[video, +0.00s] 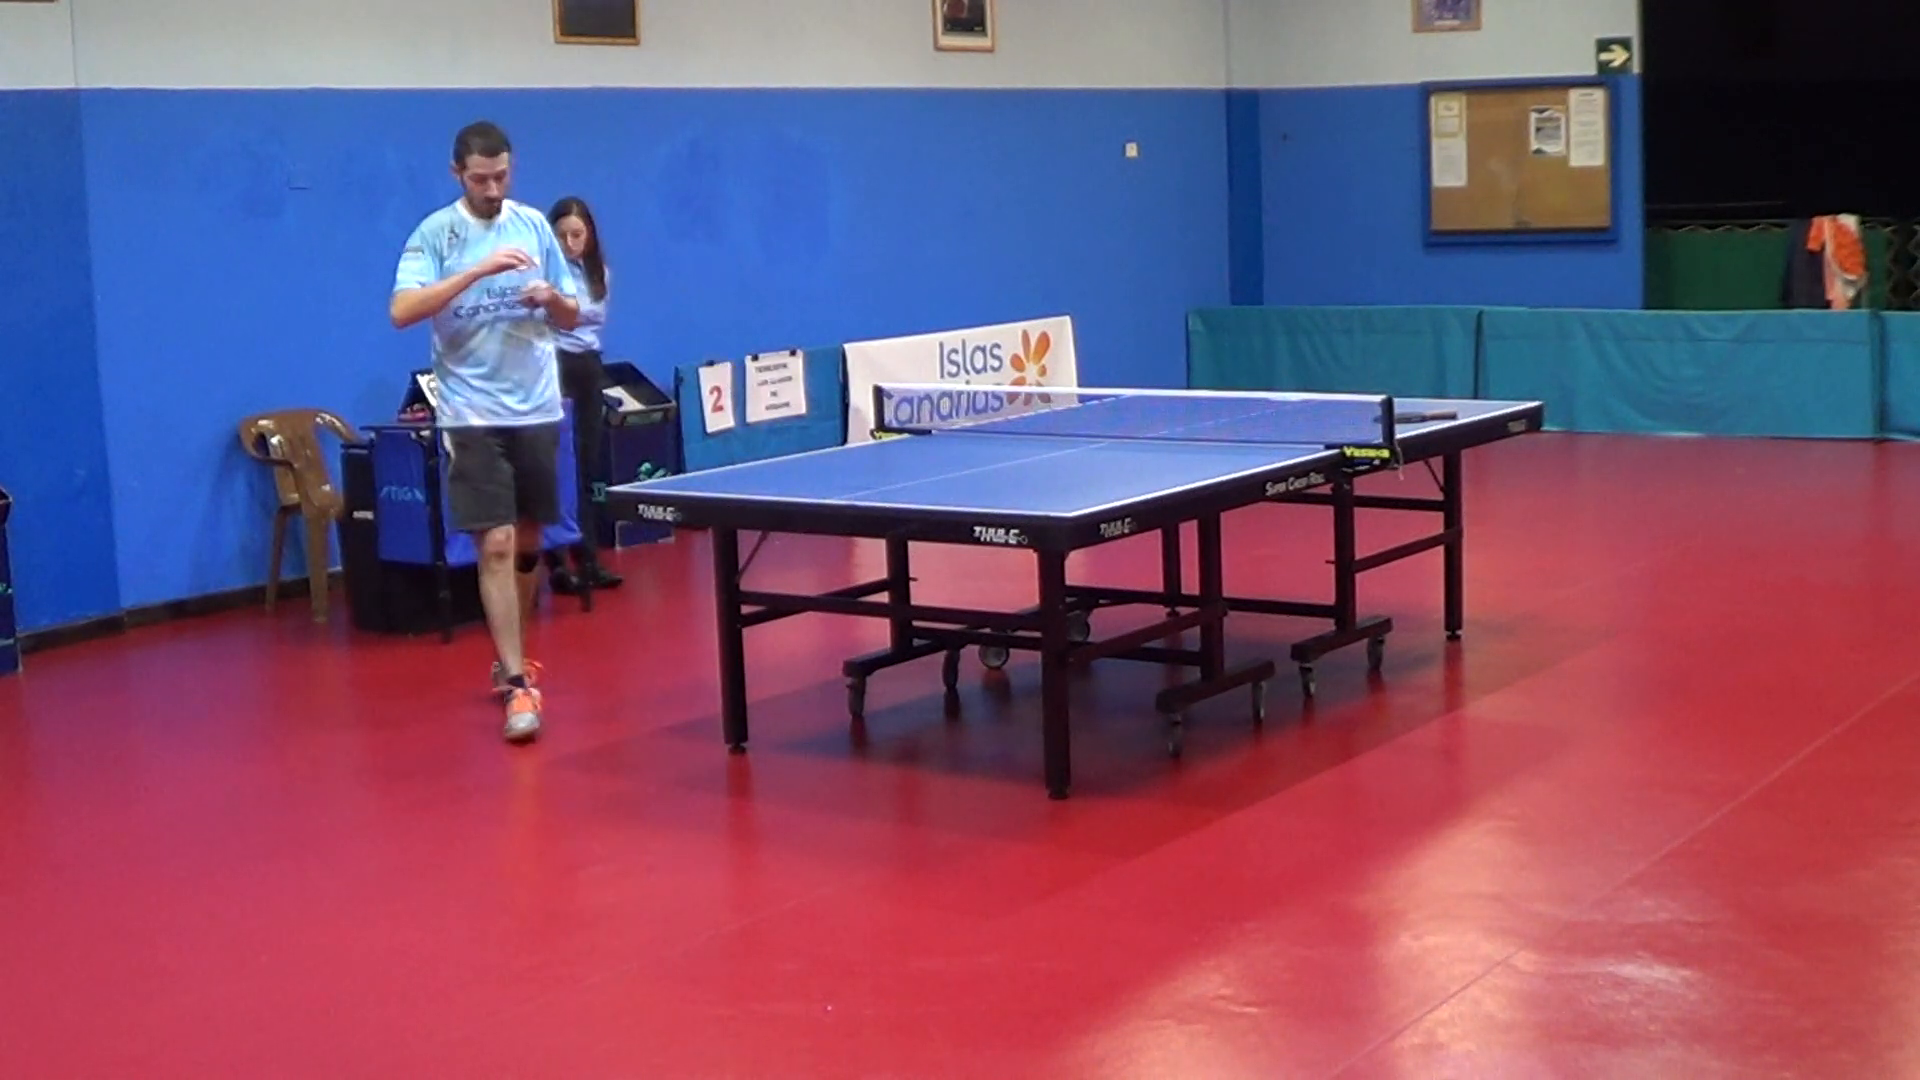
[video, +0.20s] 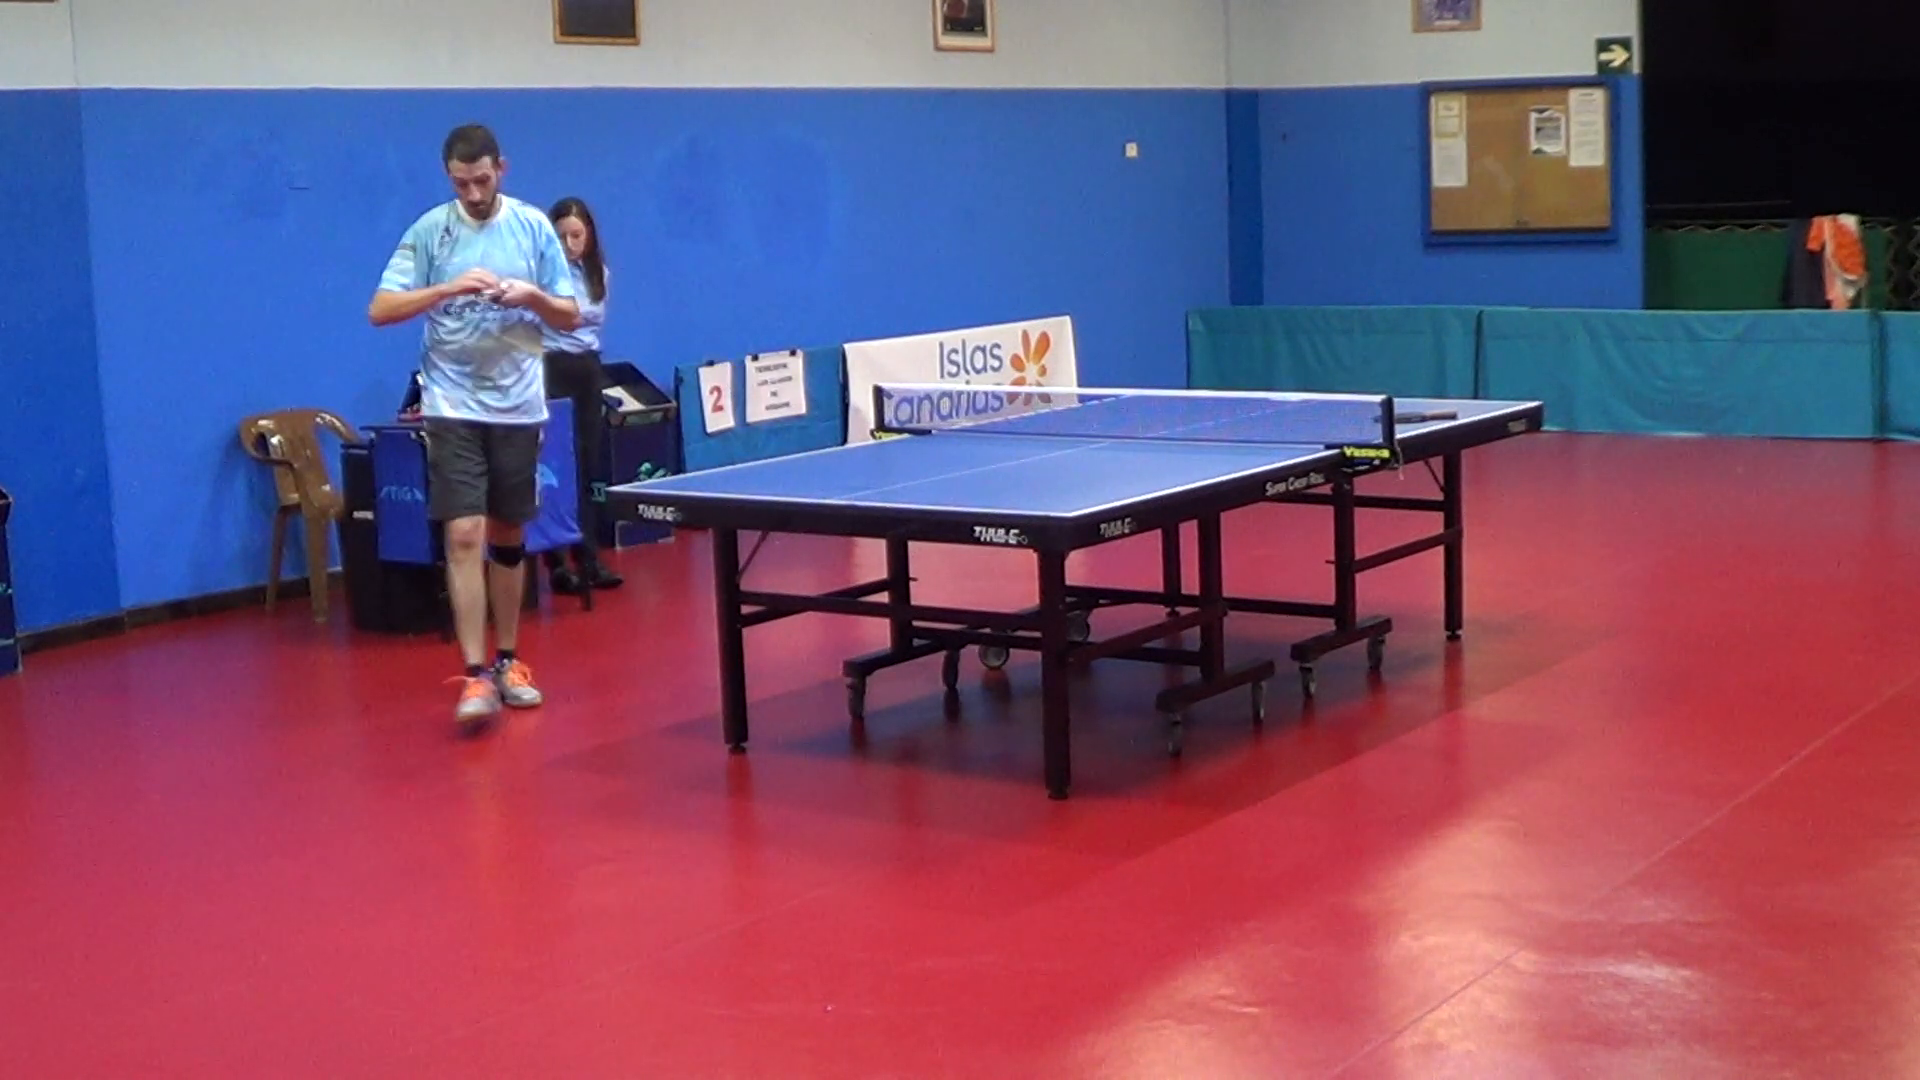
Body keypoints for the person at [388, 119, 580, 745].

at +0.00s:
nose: (492, 188)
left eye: (500, 177)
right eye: (482, 179)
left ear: (510, 169)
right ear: (459, 173)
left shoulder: (534, 225)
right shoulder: (434, 232)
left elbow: (571, 317)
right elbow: (402, 310)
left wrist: (551, 298)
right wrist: (475, 272)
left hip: (537, 407)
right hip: (472, 410)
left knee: (528, 546)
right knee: (497, 543)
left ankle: (514, 661)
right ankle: (517, 684)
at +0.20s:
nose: (472, 192)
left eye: (479, 180)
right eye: (461, 182)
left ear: (499, 168)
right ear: (448, 175)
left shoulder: (534, 226)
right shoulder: (429, 230)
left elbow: (572, 316)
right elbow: (381, 308)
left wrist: (530, 294)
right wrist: (451, 288)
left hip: (518, 404)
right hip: (451, 404)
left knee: (508, 539)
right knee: (463, 535)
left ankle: (508, 663)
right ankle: (476, 677)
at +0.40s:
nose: (447, 195)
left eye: (453, 183)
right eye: (436, 186)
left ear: (476, 169)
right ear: (426, 180)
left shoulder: (520, 224)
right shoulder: (412, 230)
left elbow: (558, 311)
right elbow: (347, 299)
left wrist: (505, 294)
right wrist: (394, 286)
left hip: (501, 407)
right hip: (431, 408)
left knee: (501, 535)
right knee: (419, 533)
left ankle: (507, 664)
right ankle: (412, 673)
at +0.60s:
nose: (398, 196)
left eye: (404, 182)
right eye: (389, 187)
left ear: (432, 168)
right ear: (384, 187)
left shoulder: (488, 223)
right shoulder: (389, 236)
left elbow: (531, 306)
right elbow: (335, 308)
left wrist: (458, 295)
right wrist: (341, 280)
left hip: (476, 407)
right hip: (407, 408)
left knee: (490, 530)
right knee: (386, 524)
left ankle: (506, 662)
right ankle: (378, 660)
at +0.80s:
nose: (336, 206)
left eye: (338, 192)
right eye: (330, 197)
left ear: (369, 175)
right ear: (350, 185)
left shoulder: (431, 223)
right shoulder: (360, 241)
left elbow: (465, 308)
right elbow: (321, 322)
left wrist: (383, 297)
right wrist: (315, 293)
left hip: (432, 412)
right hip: (376, 415)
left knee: (464, 535)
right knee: (382, 531)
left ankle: (501, 661)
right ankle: (375, 659)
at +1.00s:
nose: (293, 209)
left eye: (293, 196)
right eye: (287, 200)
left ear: (320, 178)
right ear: (314, 184)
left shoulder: (380, 224)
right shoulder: (334, 235)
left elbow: (406, 309)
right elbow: (334, 304)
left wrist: (329, 300)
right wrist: (288, 294)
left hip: (385, 406)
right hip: (347, 407)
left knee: (391, 528)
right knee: (365, 527)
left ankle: (449, 660)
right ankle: (374, 657)